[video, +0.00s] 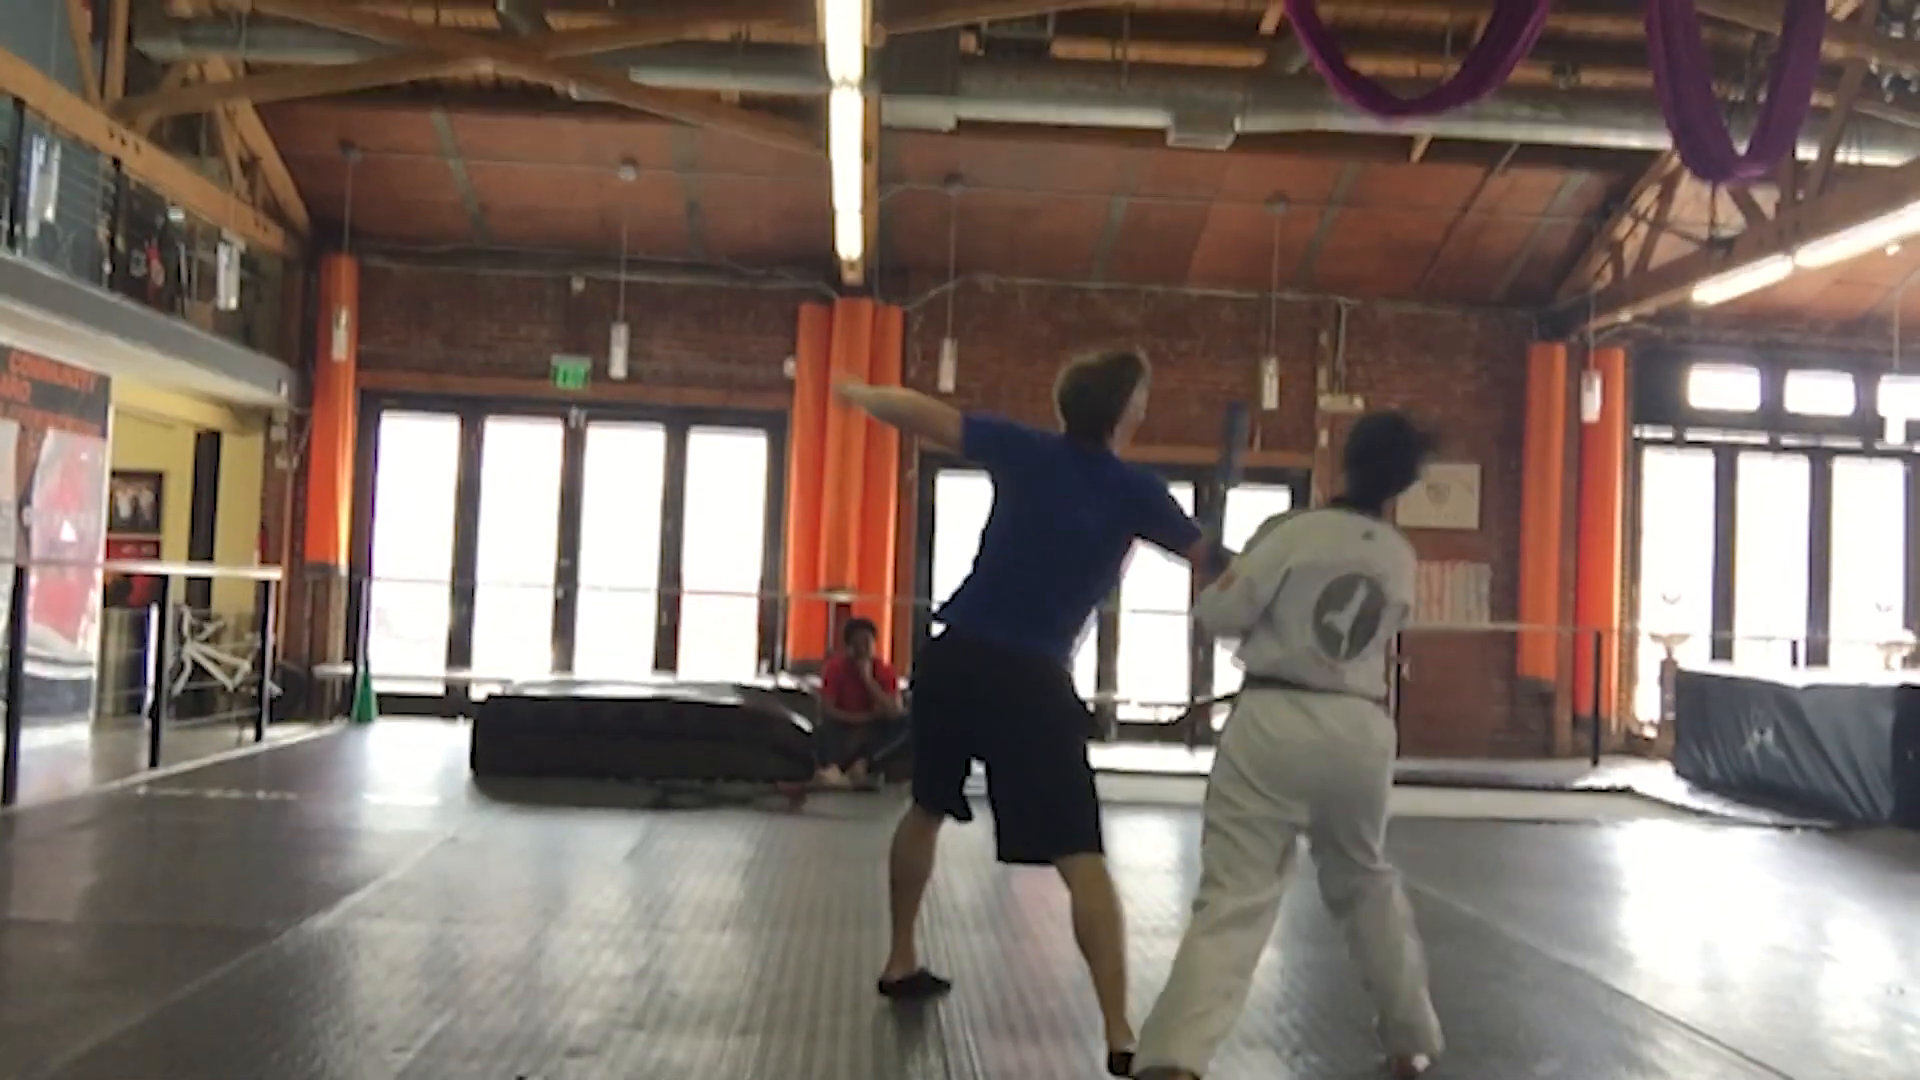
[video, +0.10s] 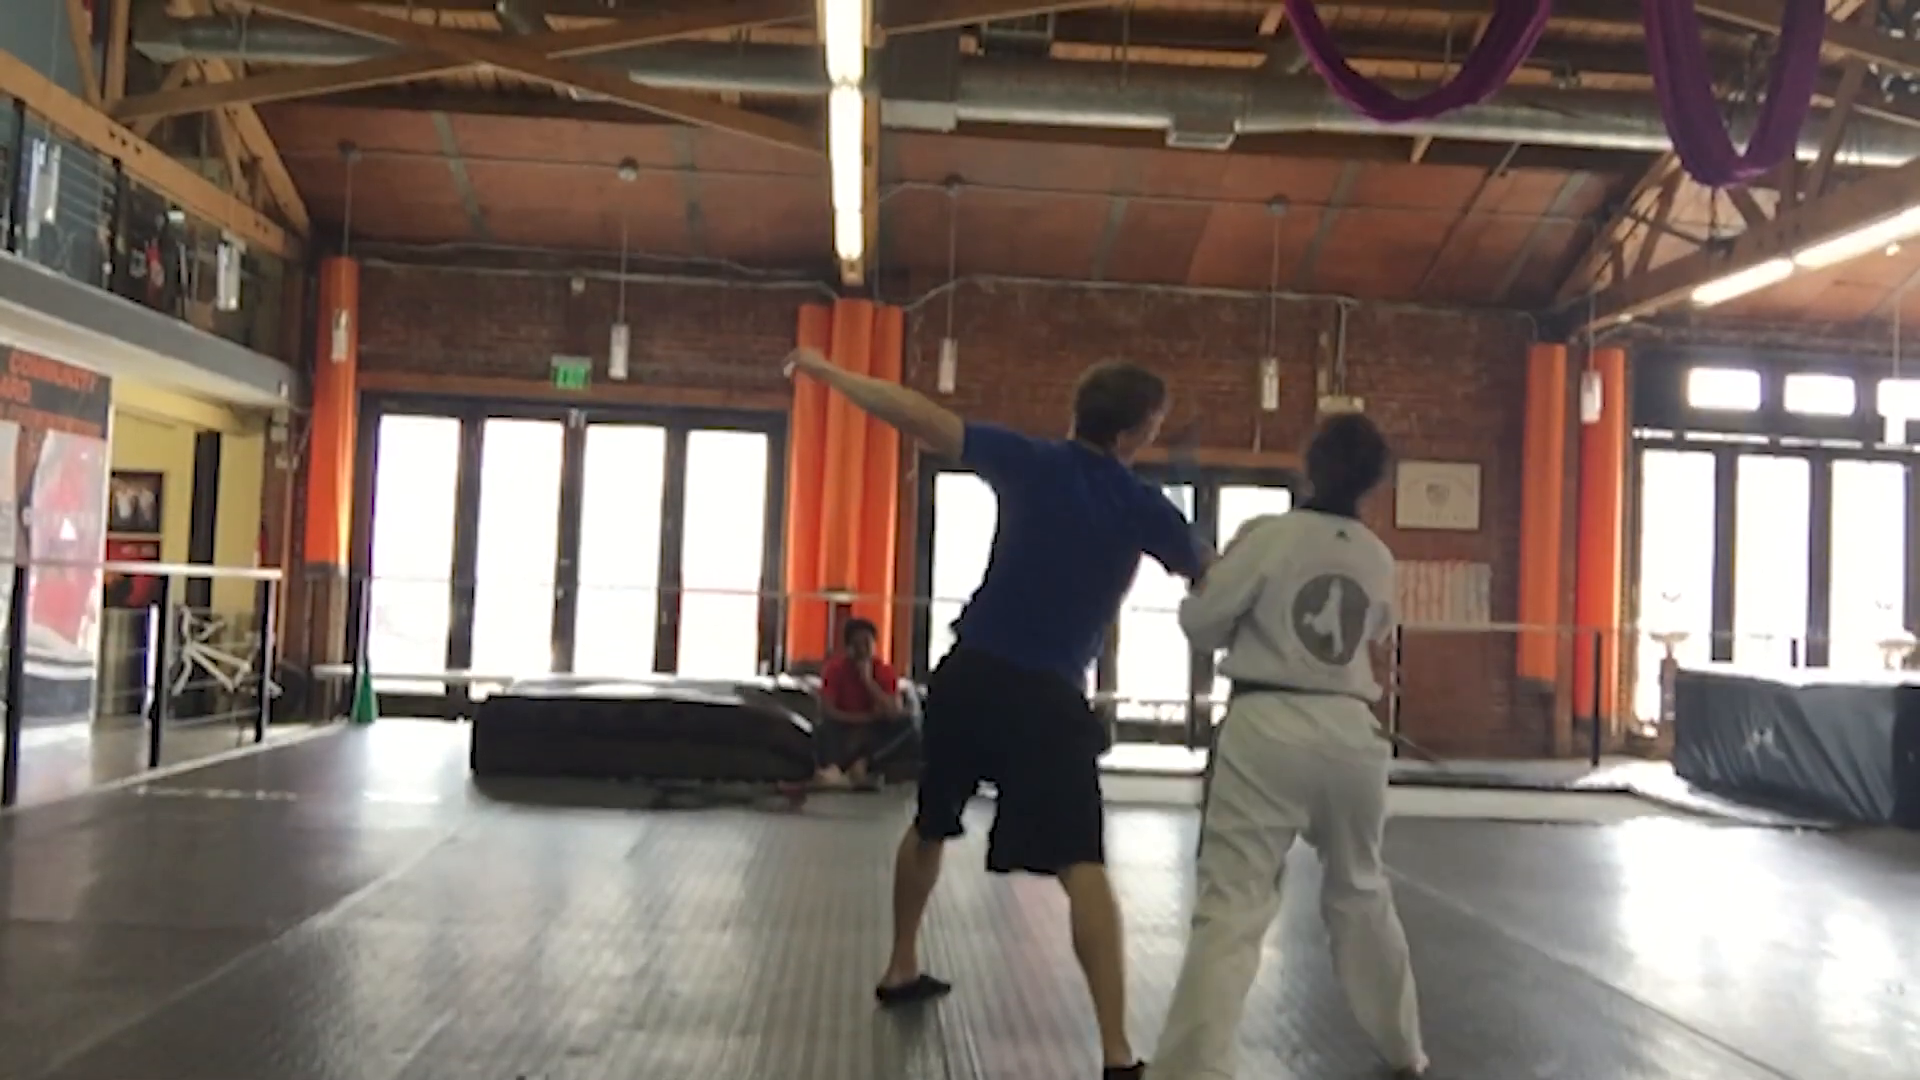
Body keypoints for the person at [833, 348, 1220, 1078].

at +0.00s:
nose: (1141, 413)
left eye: (1139, 403)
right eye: (1138, 405)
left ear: (1064, 406)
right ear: (1125, 415)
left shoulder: (1020, 449)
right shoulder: (1135, 492)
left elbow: (929, 416)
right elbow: (1215, 562)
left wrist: (857, 392)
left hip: (951, 662)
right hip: (1035, 681)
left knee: (925, 807)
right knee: (1082, 864)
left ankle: (900, 962)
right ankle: (1119, 1037)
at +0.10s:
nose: (1156, 439)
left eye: (1157, 427)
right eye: (1155, 427)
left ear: (1079, 415)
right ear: (1137, 432)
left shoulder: (1027, 460)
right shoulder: (1143, 508)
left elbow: (928, 421)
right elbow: (1213, 575)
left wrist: (830, 372)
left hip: (967, 680)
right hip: (1051, 699)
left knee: (929, 826)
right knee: (1086, 874)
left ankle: (901, 968)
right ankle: (1118, 1055)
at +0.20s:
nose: (1153, 455)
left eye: (1158, 443)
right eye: (1154, 441)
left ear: (1086, 420)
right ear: (1128, 433)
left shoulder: (1023, 462)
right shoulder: (1135, 512)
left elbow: (915, 430)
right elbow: (1209, 585)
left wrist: (818, 395)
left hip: (972, 684)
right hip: (1058, 701)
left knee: (933, 820)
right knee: (1093, 873)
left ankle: (900, 969)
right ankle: (1122, 1051)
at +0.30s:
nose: (1158, 459)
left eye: (1162, 447)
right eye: (1156, 444)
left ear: (1091, 422)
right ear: (1126, 432)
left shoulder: (1020, 456)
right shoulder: (1126, 508)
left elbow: (912, 430)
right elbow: (1205, 582)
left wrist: (850, 429)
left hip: (973, 686)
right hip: (1057, 702)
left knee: (939, 815)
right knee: (1098, 877)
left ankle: (900, 968)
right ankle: (1118, 1055)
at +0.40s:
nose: (1153, 476)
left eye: (1159, 465)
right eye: (1154, 462)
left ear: (1099, 433)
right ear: (1125, 440)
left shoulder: (1017, 455)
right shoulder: (1124, 510)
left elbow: (918, 451)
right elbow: (1201, 596)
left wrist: (887, 468)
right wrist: (1266, 641)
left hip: (968, 690)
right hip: (1054, 706)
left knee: (944, 817)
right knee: (1108, 875)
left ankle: (901, 969)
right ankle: (1107, 1058)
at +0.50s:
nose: (1146, 481)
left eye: (1153, 470)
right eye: (1150, 466)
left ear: (1094, 430)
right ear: (1126, 440)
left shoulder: (1014, 457)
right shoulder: (1122, 506)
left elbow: (908, 500)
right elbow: (1204, 614)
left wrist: (903, 568)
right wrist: (1202, 660)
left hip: (971, 688)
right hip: (1056, 702)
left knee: (952, 818)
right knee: (1111, 872)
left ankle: (906, 969)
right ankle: (1113, 1060)